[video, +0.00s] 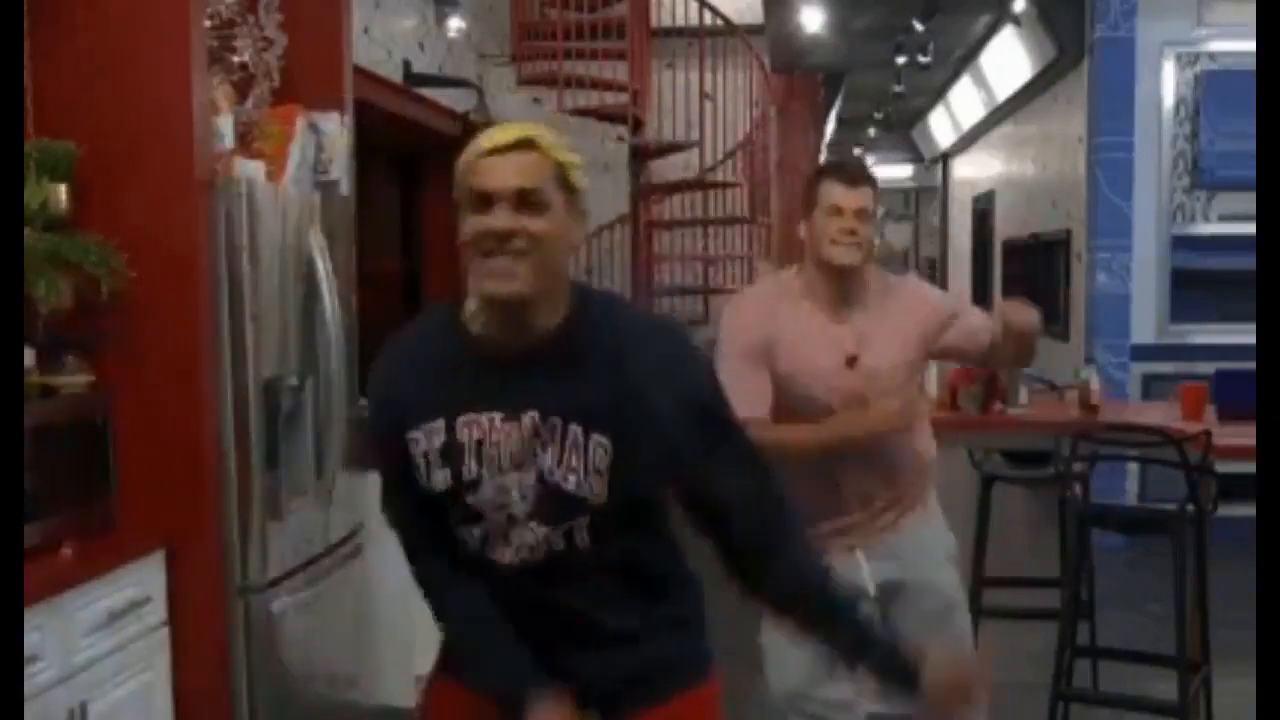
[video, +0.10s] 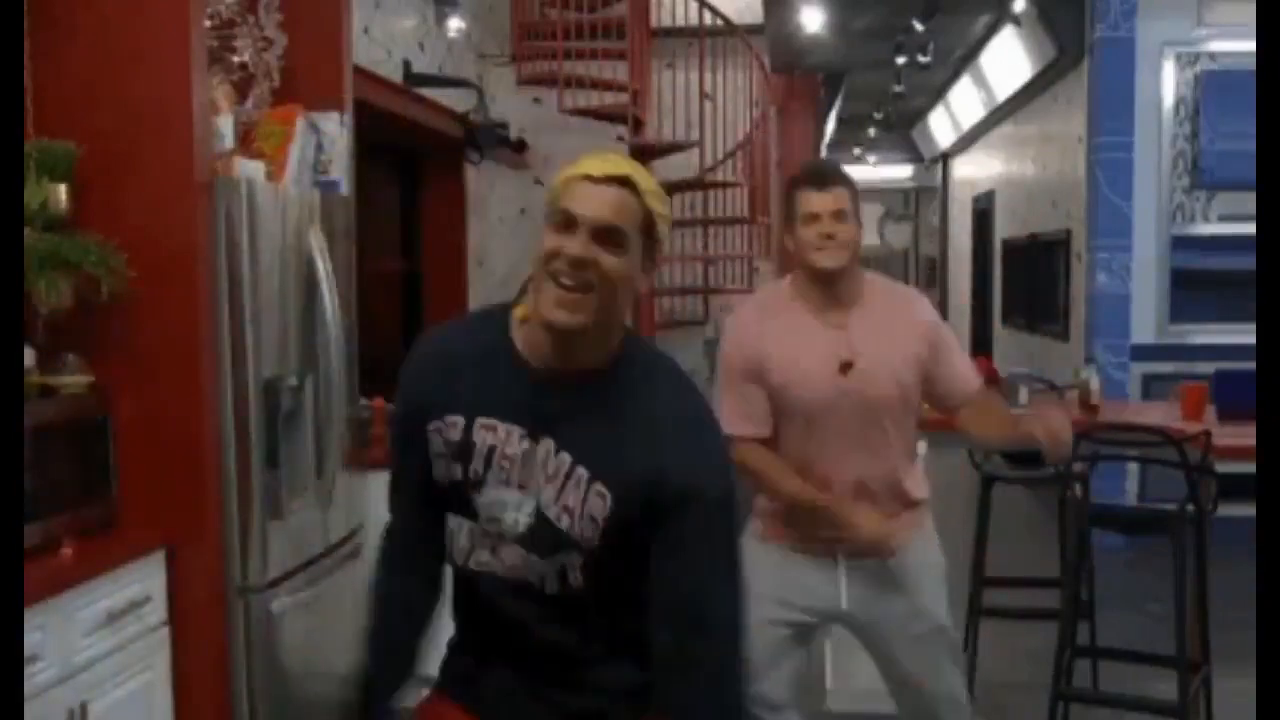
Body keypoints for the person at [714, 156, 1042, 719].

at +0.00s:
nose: (850, 226)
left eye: (863, 215)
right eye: (835, 213)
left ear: (876, 228)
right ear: (806, 225)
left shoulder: (910, 300)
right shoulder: (755, 311)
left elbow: (1004, 355)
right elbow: (745, 434)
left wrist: (1017, 332)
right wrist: (861, 424)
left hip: (906, 522)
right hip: (806, 536)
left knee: (949, 683)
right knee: (799, 693)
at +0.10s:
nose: (827, 231)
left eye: (840, 217)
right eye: (810, 220)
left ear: (860, 229)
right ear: (788, 238)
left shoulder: (908, 311)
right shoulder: (752, 323)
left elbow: (969, 404)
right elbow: (743, 445)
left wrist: (1023, 428)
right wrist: (839, 515)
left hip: (897, 549)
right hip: (785, 549)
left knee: (941, 704)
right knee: (771, 706)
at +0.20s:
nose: (780, 190)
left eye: (793, 177)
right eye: (764, 182)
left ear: (820, 189)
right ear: (750, 202)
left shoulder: (875, 278)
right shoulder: (711, 289)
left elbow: (905, 393)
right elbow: (675, 407)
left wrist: (927, 503)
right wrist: (687, 499)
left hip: (863, 529)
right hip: (741, 528)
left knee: (924, 694)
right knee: (661, 676)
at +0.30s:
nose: (754, 183)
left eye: (767, 170)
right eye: (739, 175)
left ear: (795, 183)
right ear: (725, 191)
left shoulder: (850, 267)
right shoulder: (686, 274)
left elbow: (880, 385)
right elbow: (622, 377)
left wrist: (864, 502)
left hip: (820, 505)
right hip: (705, 508)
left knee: (886, 669)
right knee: (653, 664)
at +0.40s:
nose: (708, 214)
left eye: (721, 200)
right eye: (693, 206)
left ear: (749, 213)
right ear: (679, 225)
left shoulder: (804, 302)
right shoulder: (642, 301)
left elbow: (818, 422)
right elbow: (550, 356)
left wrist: (752, 446)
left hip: (766, 527)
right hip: (656, 534)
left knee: (813, 667)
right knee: (616, 690)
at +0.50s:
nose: (691, 218)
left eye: (704, 204)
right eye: (676, 210)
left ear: (732, 214)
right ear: (662, 228)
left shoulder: (788, 305)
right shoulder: (628, 297)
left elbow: (803, 427)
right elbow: (544, 337)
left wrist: (729, 427)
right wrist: (495, 294)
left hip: (751, 543)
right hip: (641, 541)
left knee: (780, 691)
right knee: (607, 701)